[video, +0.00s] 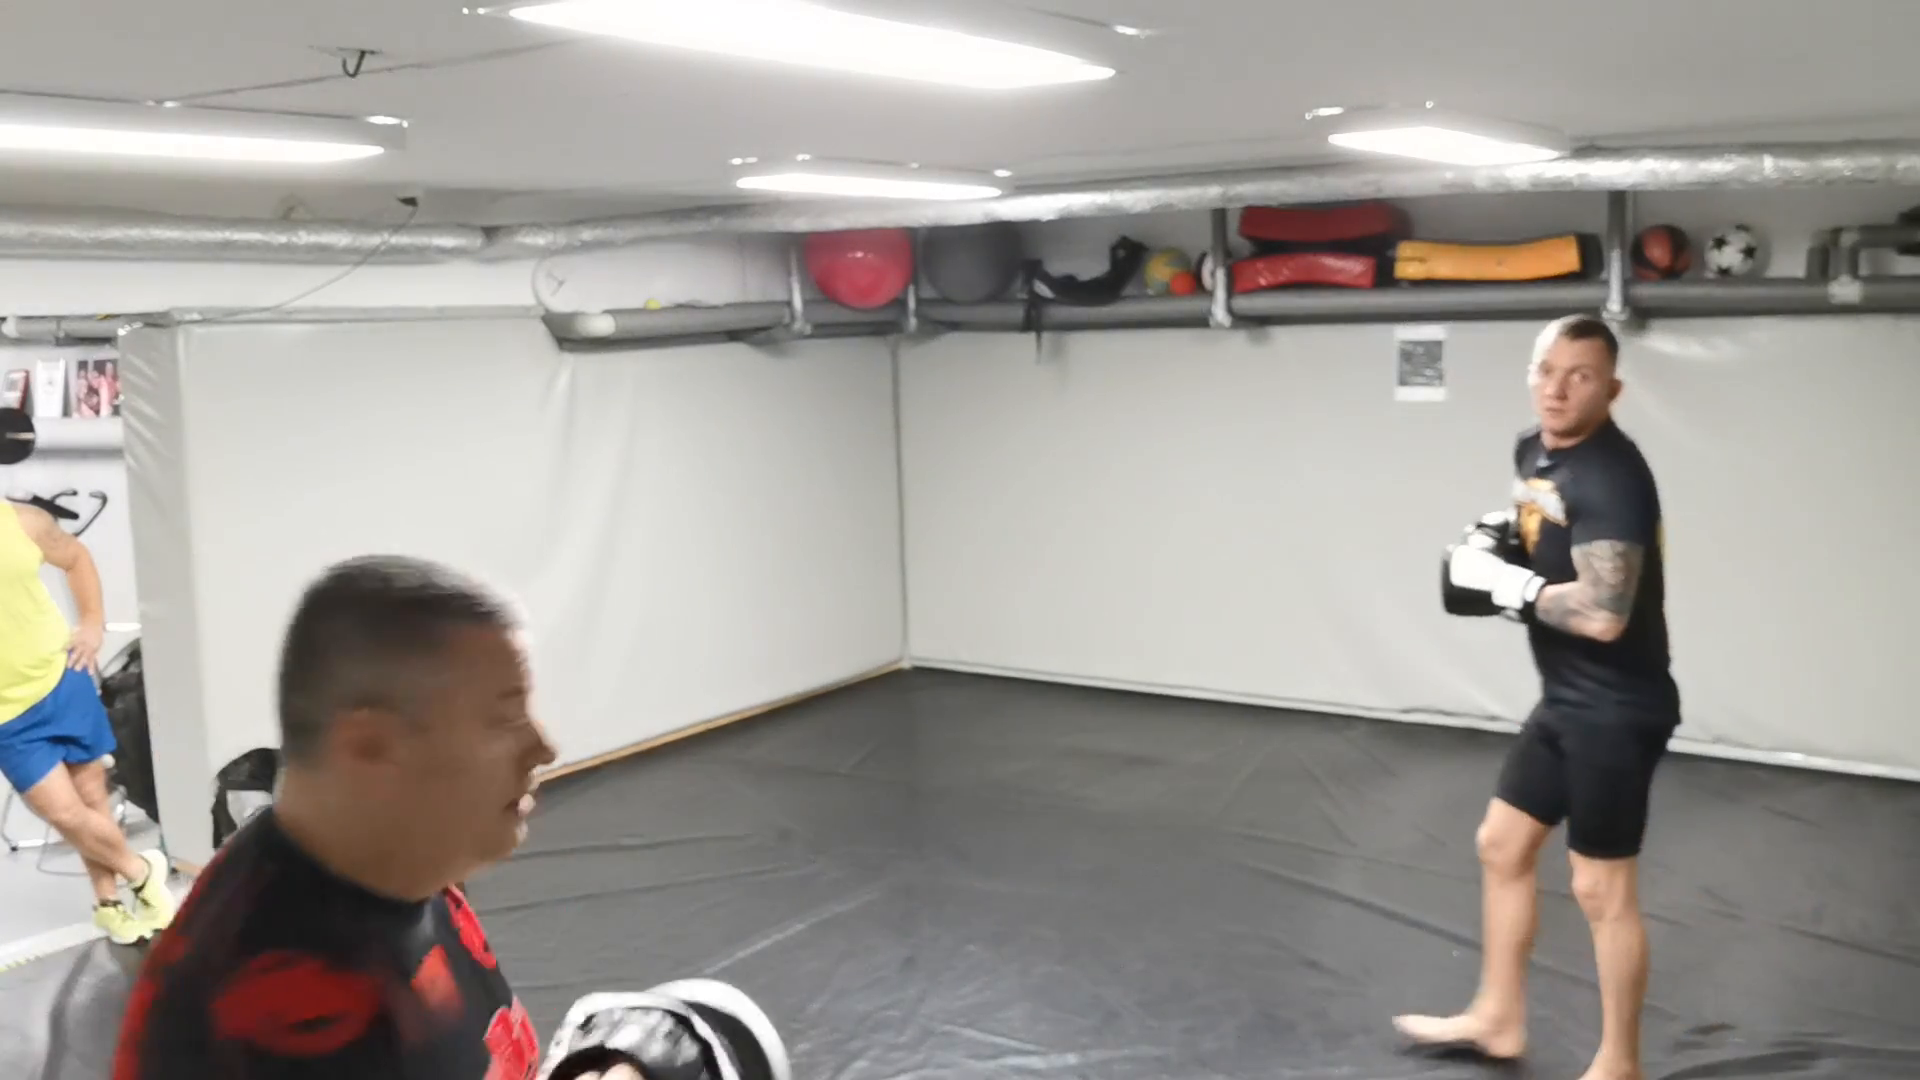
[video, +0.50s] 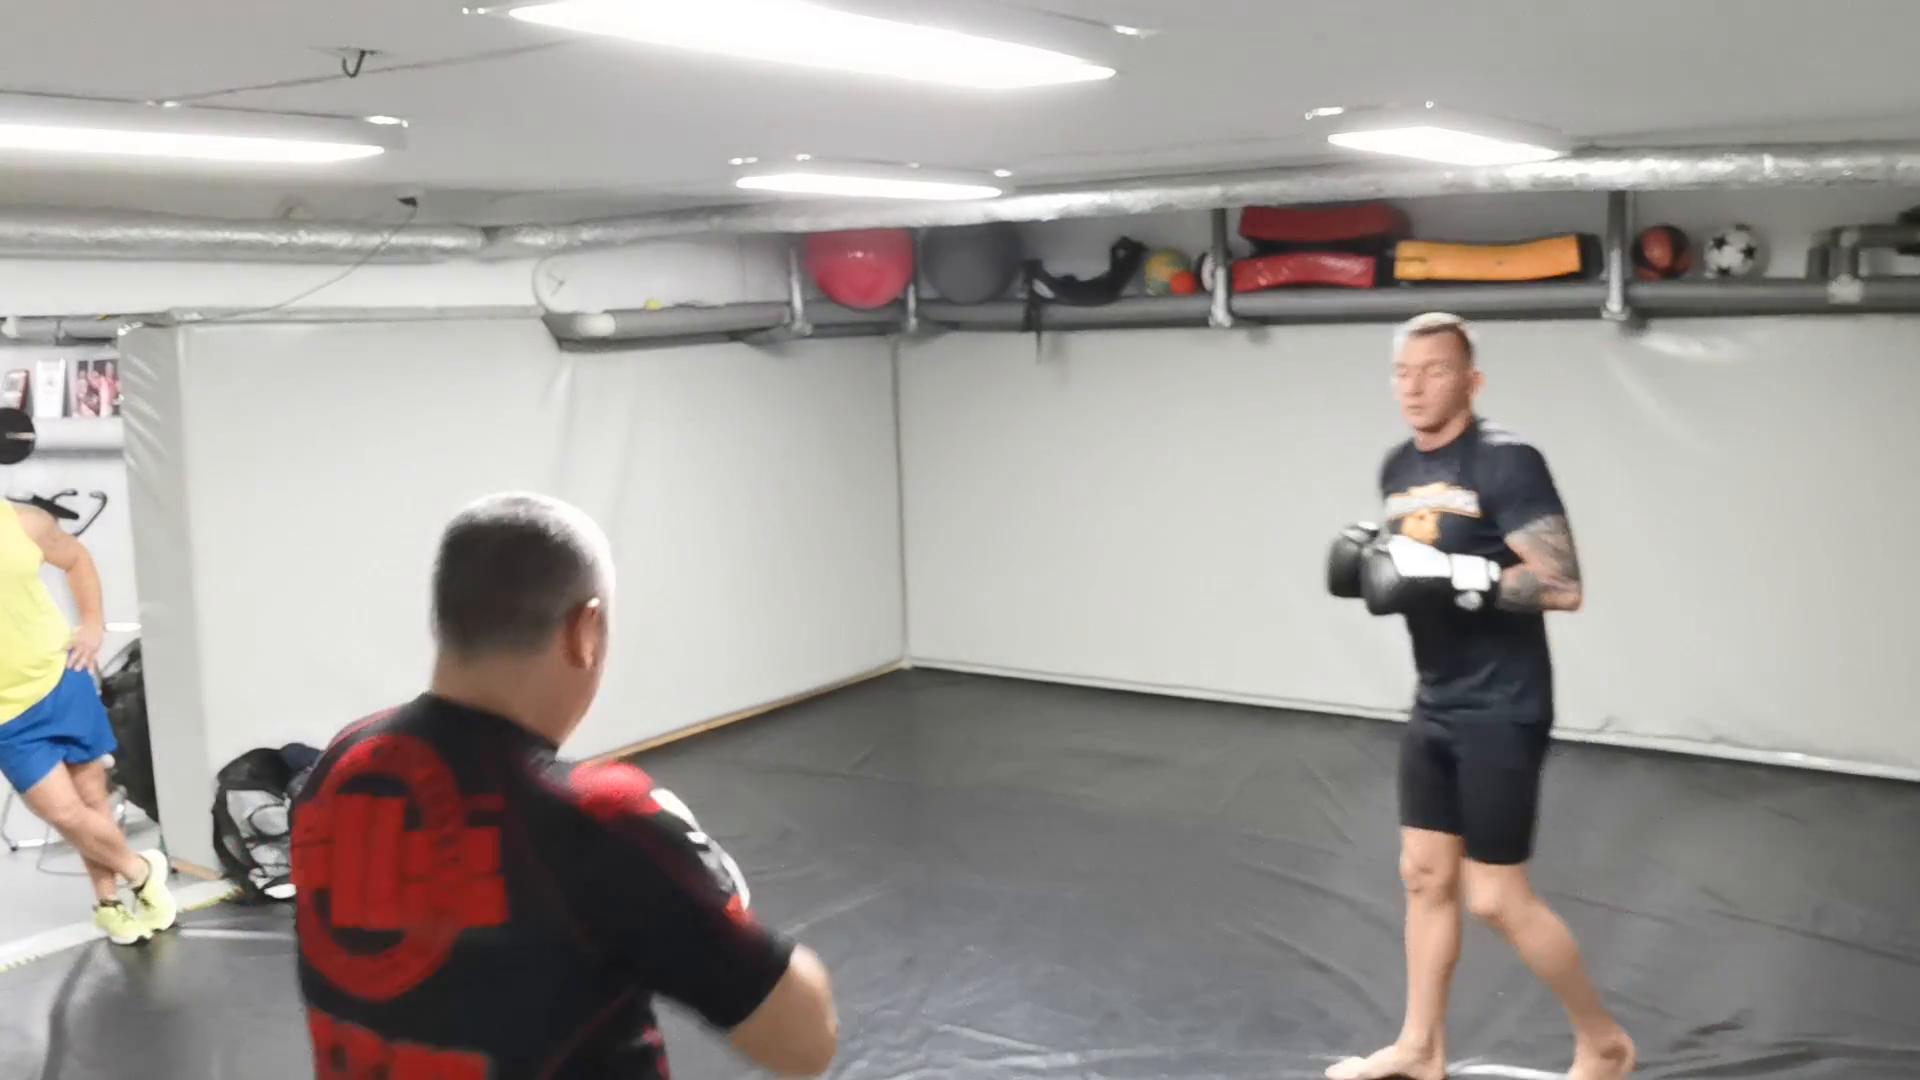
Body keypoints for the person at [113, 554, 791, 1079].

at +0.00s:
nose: (544, 747)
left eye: (527, 710)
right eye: (505, 717)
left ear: (370, 749)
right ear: (370, 747)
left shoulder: (392, 874)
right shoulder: (279, 999)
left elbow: (501, 1049)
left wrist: (596, 1062)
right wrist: (607, 1069)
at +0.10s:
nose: (554, 731)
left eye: (548, 706)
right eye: (540, 709)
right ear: (462, 730)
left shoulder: (295, 847)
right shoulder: (394, 977)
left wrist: (531, 1054)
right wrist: (653, 1057)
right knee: (675, 984)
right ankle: (652, 1059)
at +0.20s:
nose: (553, 735)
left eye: (556, 701)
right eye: (554, 700)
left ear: (372, 687)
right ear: (506, 708)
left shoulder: (284, 847)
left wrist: (561, 1028)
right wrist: (682, 1036)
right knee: (675, 947)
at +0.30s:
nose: (572, 711)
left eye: (577, 681)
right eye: (577, 680)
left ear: (400, 662)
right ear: (543, 680)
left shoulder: (303, 821)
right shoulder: (529, 886)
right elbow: (683, 1065)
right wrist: (685, 956)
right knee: (650, 882)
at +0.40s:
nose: (591, 675)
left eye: (596, 646)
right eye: (595, 648)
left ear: (426, 637)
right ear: (566, 656)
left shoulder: (315, 798)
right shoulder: (564, 848)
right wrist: (682, 903)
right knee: (653, 838)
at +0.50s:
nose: (605, 661)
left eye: (611, 634)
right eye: (610, 633)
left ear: (445, 618)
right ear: (586, 635)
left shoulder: (335, 773)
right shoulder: (597, 819)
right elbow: (804, 1043)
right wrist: (716, 887)